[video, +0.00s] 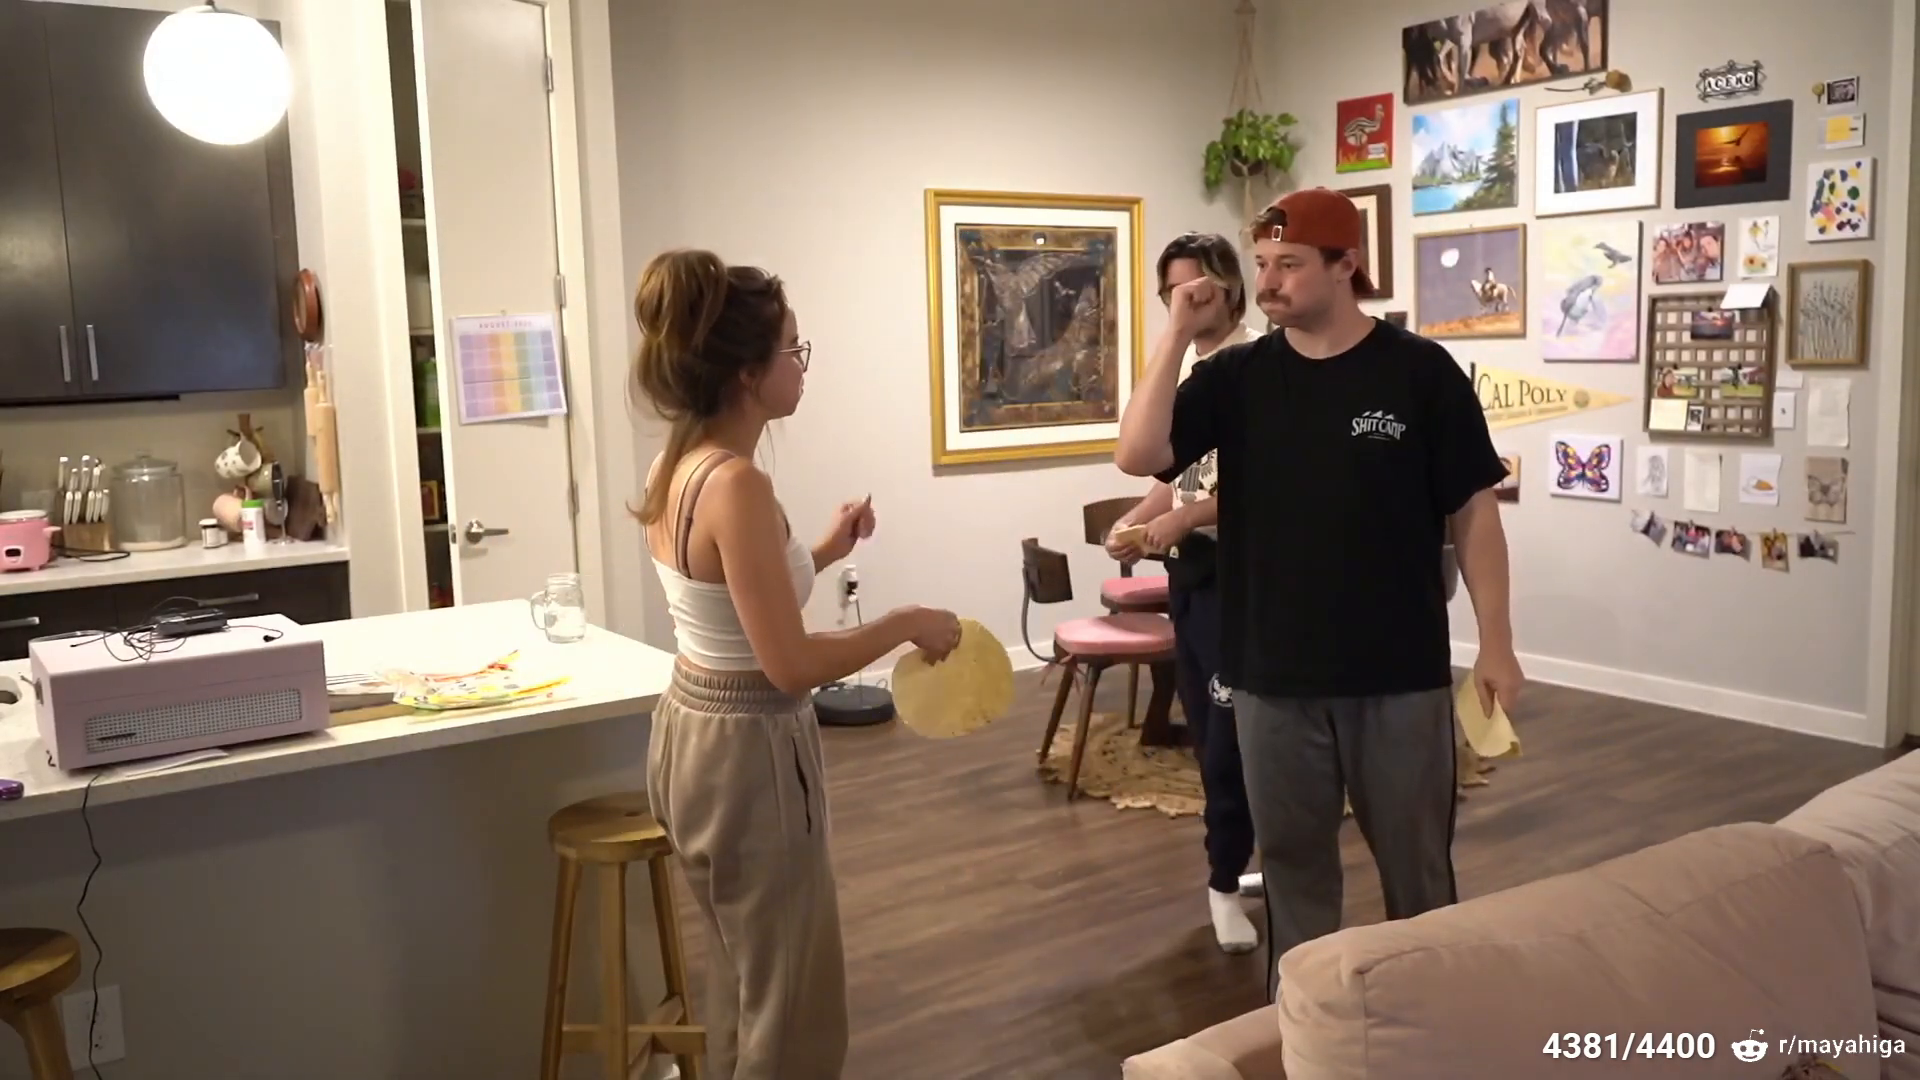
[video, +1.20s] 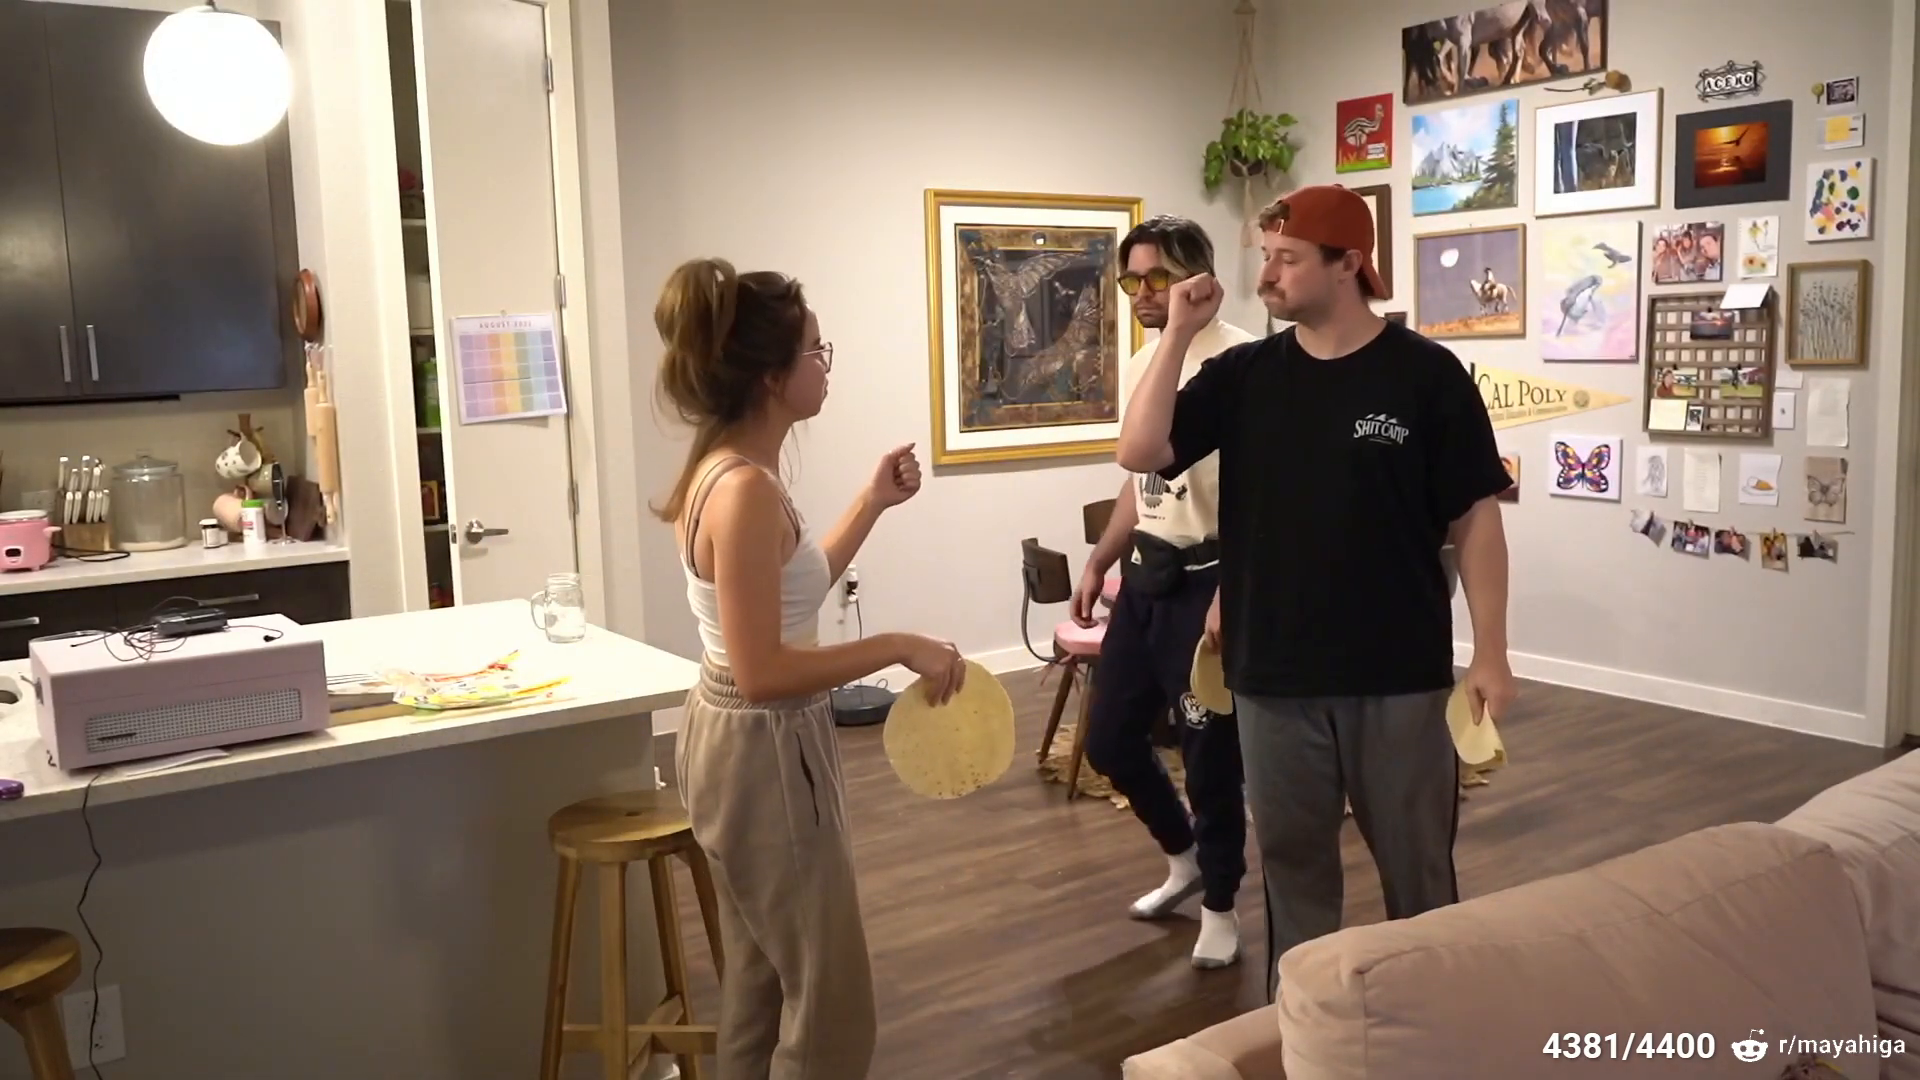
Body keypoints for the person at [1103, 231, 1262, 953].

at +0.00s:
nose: (1187, 299)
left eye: (1199, 286)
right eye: (1176, 291)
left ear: (1229, 289)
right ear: (1168, 302)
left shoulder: (1267, 370)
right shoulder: (1182, 379)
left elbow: (1274, 484)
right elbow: (1175, 474)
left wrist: (1191, 515)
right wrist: (1139, 517)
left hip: (1258, 573)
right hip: (1198, 570)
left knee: (1229, 733)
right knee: (1217, 725)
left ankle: (1225, 881)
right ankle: (1261, 853)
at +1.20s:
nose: (1140, 293)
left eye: (1155, 278)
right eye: (1132, 281)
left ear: (1197, 279)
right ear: (1129, 287)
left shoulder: (1239, 360)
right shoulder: (1150, 365)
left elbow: (1257, 487)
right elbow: (1144, 480)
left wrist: (1235, 598)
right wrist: (1099, 558)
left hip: (1212, 581)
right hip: (1144, 578)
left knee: (1210, 755)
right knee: (1112, 741)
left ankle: (1220, 907)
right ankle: (1191, 855)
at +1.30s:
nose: (1129, 291)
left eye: (1144, 277)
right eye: (1120, 279)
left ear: (1183, 279)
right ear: (1114, 288)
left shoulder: (1228, 362)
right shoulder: (1125, 367)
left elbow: (1253, 487)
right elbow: (1131, 482)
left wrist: (1230, 593)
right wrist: (1083, 558)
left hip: (1205, 582)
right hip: (1133, 579)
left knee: (1207, 757)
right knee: (1092, 746)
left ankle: (1219, 912)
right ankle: (1128, 881)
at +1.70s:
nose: (1053, 293)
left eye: (1068, 280)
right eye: (1041, 282)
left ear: (1100, 282)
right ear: (1030, 289)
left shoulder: (1146, 361)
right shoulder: (1020, 376)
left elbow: (1193, 474)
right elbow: (1019, 490)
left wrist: (1188, 591)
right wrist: (1000, 593)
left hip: (1127, 591)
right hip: (1041, 593)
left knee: (1154, 763)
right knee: (1034, 765)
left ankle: (1207, 905)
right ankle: (1051, 917)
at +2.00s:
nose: (988, 303)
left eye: (1002, 288)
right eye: (974, 291)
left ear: (1035, 286)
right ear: (962, 295)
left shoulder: (1091, 364)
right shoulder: (957, 376)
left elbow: (1131, 478)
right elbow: (936, 492)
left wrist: (1127, 593)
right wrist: (894, 597)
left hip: (1072, 586)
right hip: (989, 588)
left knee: (1084, 772)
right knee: (1007, 763)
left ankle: (1130, 914)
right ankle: (1048, 916)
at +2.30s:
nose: (976, 305)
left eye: (990, 290)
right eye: (960, 293)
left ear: (1020, 290)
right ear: (945, 300)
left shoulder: (1077, 367)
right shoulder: (934, 378)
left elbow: (1117, 484)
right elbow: (917, 499)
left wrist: (1101, 593)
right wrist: (874, 600)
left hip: (1056, 596)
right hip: (969, 594)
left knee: (1035, 777)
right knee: (980, 766)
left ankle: (1014, 953)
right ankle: (1041, 898)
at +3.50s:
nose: (955, 296)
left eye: (972, 281)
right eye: (940, 281)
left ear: (999, 285)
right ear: (920, 287)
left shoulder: (1047, 372)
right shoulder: (887, 376)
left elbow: (1076, 498)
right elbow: (872, 502)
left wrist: (1069, 618)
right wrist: (865, 624)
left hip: (1015, 605)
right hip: (915, 607)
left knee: (1012, 796)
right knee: (917, 799)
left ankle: (1013, 967)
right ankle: (933, 957)